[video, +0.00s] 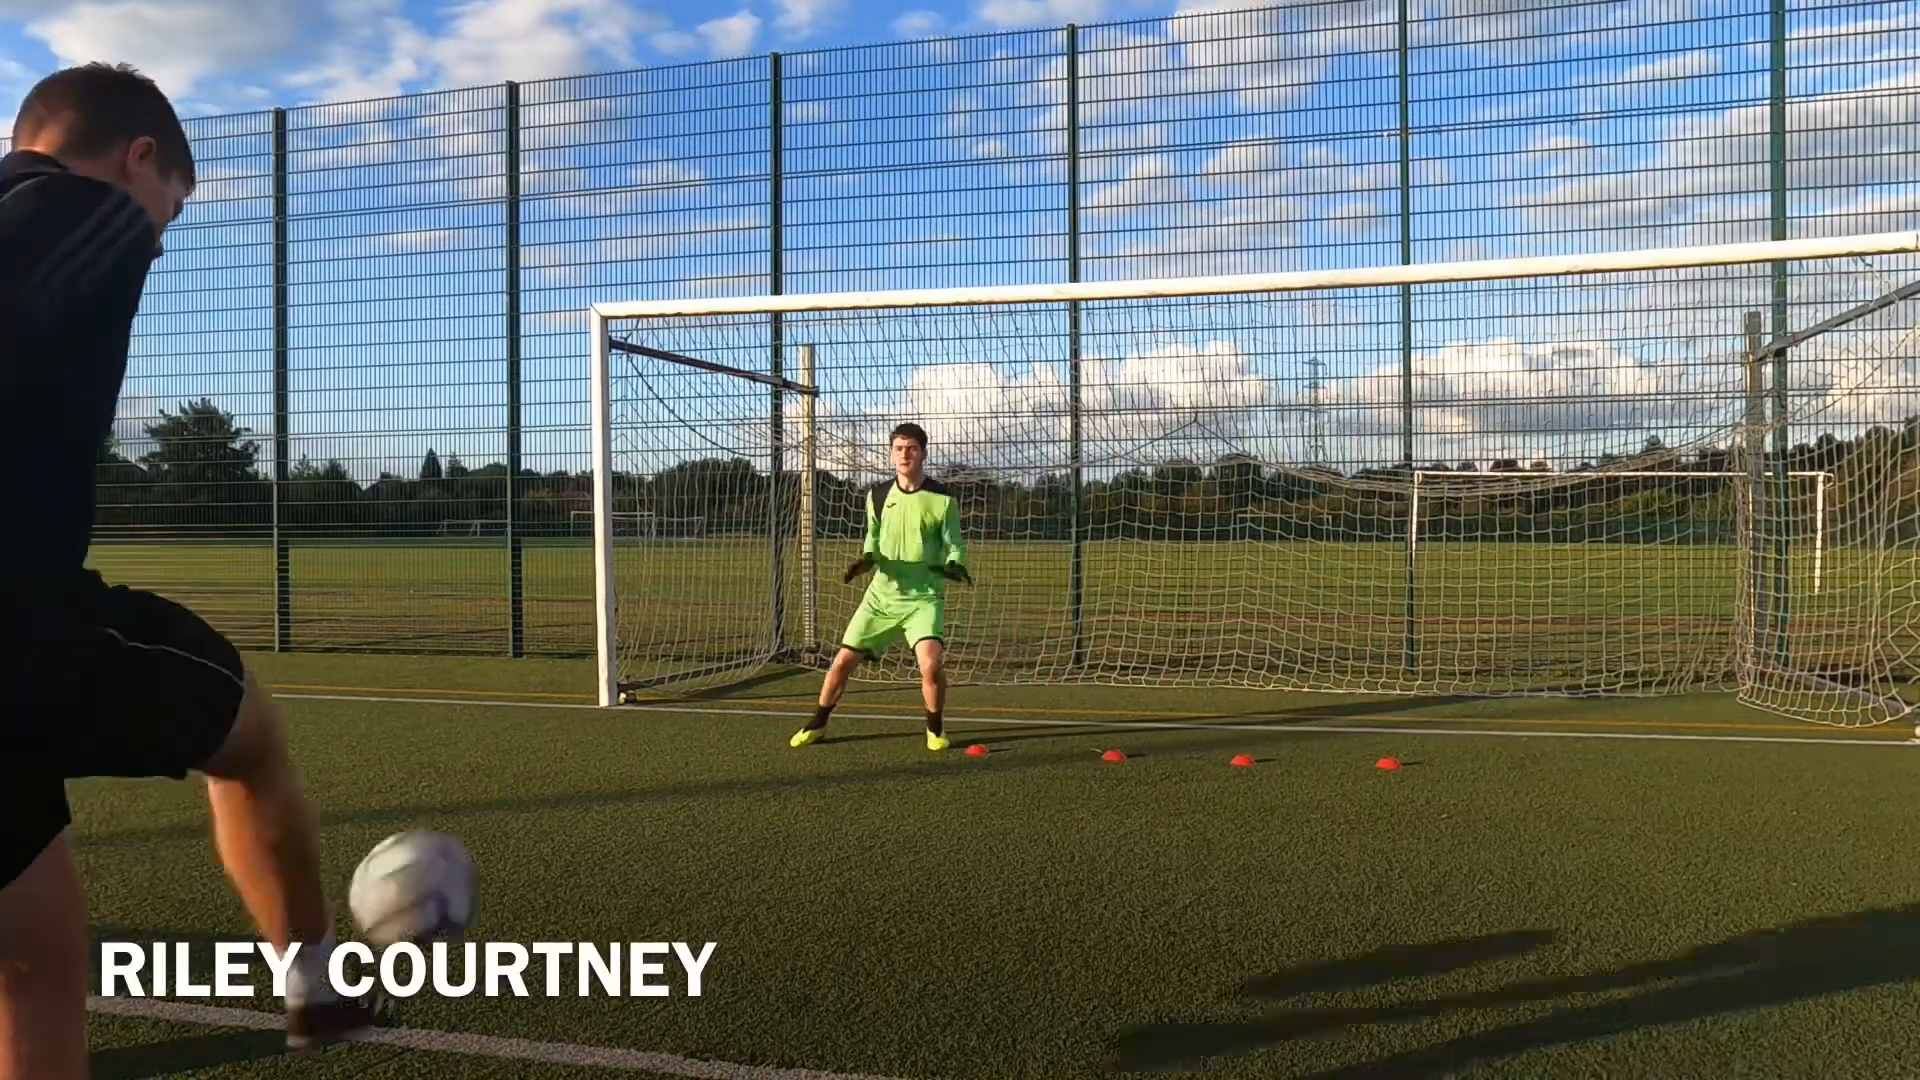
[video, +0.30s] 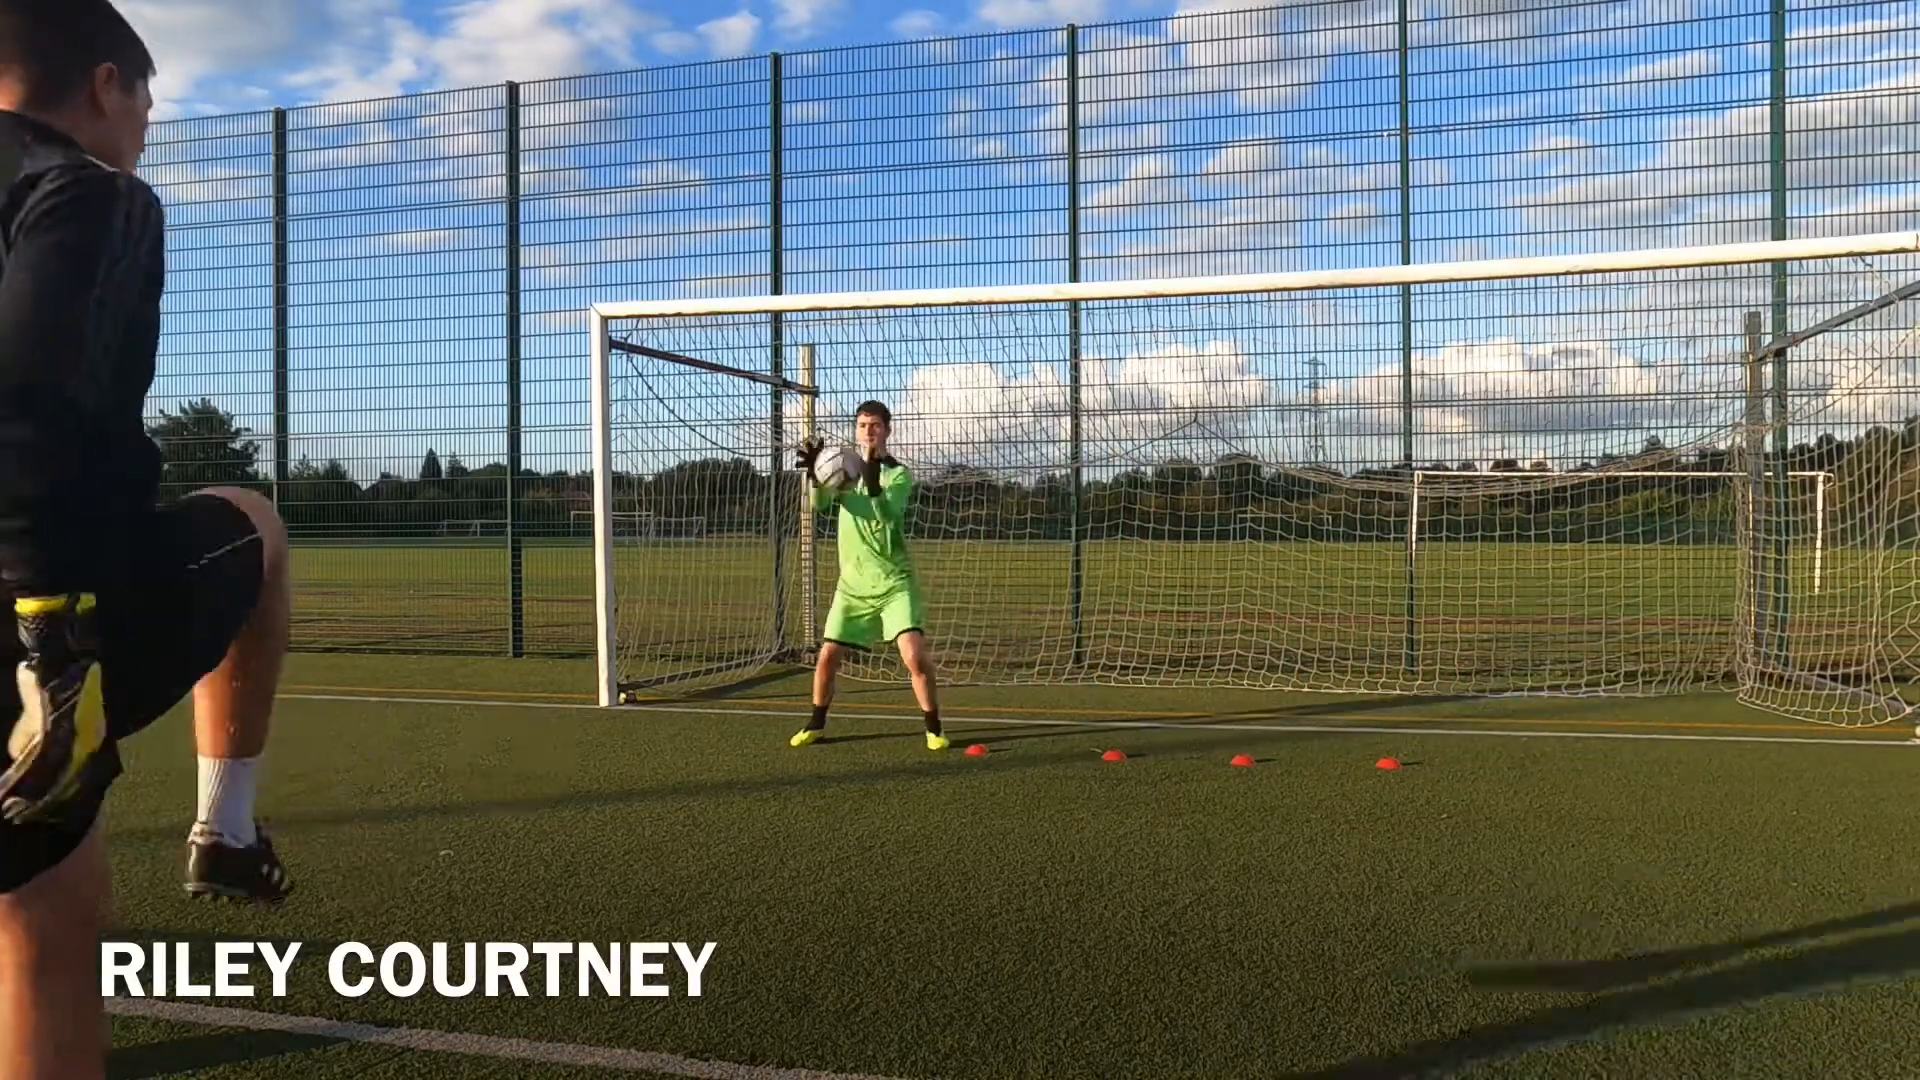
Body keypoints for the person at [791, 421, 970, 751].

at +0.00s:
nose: (904, 455)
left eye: (911, 449)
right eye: (899, 449)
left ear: (923, 454)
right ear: (891, 455)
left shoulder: (943, 501)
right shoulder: (877, 497)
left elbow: (955, 545)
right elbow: (871, 540)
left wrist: (955, 565)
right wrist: (865, 560)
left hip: (923, 599)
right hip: (880, 597)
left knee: (931, 665)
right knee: (842, 662)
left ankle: (935, 729)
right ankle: (818, 723)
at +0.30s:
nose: (868, 431)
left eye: (875, 425)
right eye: (863, 426)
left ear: (888, 431)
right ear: (856, 431)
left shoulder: (899, 474)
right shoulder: (842, 473)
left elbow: (890, 514)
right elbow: (816, 504)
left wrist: (872, 477)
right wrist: (812, 470)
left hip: (895, 583)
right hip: (851, 585)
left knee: (915, 656)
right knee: (827, 654)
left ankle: (934, 729)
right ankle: (816, 724)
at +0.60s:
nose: (816, 443)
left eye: (821, 436)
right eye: (809, 439)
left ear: (833, 439)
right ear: (802, 446)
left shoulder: (863, 472)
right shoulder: (811, 487)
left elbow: (896, 509)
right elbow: (817, 535)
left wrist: (864, 520)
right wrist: (794, 548)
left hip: (884, 578)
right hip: (844, 583)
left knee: (907, 653)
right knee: (827, 651)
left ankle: (933, 727)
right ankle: (816, 724)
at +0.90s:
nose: (816, 439)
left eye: (822, 432)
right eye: (809, 433)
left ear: (833, 436)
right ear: (801, 439)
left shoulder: (860, 471)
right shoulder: (798, 485)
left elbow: (899, 497)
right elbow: (805, 537)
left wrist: (891, 513)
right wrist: (786, 557)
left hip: (880, 574)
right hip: (839, 579)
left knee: (901, 648)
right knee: (826, 653)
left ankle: (933, 725)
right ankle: (816, 724)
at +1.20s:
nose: (890, 456)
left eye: (893, 449)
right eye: (884, 450)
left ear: (896, 445)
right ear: (865, 443)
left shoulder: (906, 479)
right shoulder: (838, 477)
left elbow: (932, 516)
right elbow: (818, 532)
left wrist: (918, 533)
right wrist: (837, 516)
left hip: (901, 582)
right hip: (857, 586)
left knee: (920, 649)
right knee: (837, 657)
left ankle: (912, 716)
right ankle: (818, 723)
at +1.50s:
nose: (977, 463)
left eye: (980, 457)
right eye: (971, 458)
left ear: (981, 452)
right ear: (952, 450)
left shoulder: (986, 484)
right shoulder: (917, 478)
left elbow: (1015, 516)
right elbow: (898, 520)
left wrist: (1020, 552)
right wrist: (896, 565)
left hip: (965, 573)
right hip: (923, 574)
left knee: (976, 647)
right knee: (927, 652)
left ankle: (942, 697)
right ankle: (906, 733)